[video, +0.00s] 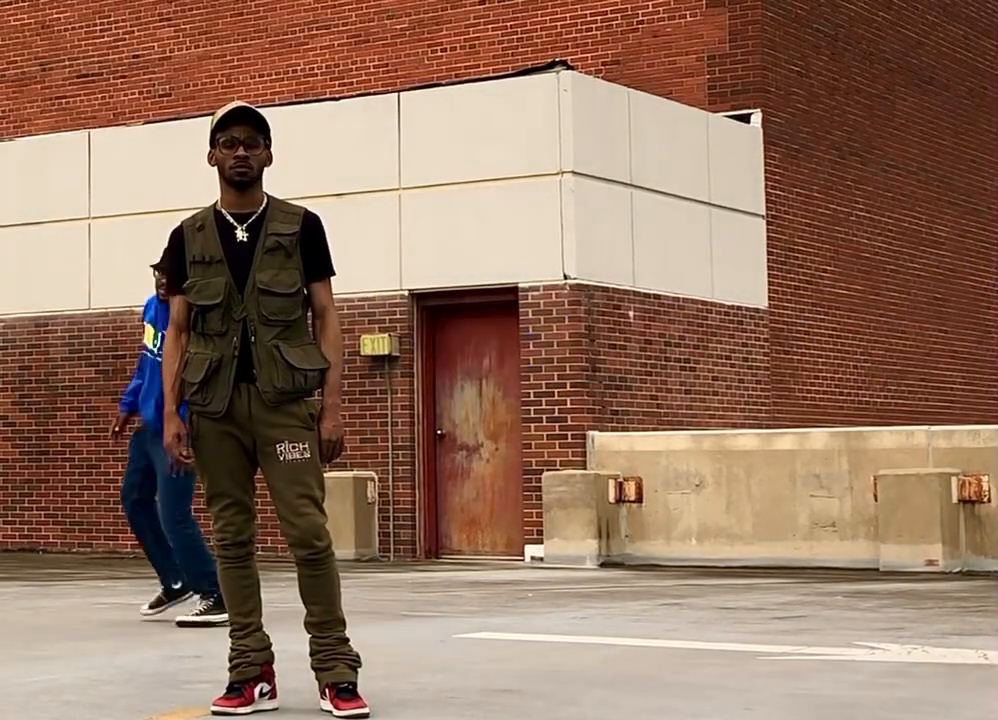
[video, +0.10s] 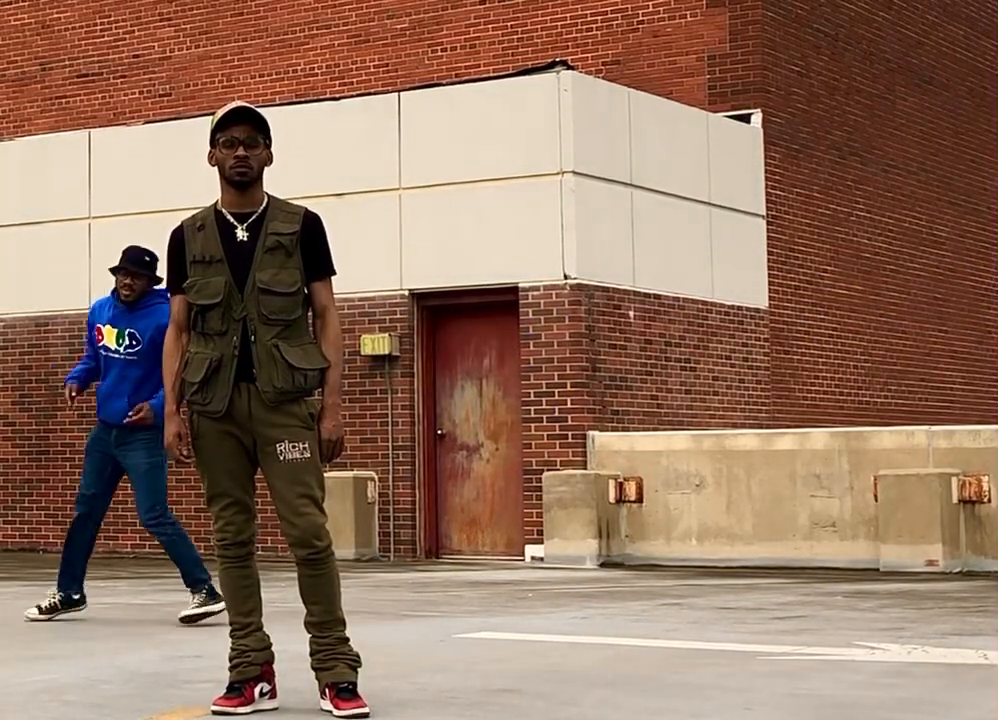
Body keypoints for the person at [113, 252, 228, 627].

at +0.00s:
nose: (162, 279)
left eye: (168, 273)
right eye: (158, 271)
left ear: (183, 278)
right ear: (155, 274)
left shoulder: (193, 316)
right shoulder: (154, 307)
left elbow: (195, 372)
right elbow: (149, 362)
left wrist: (181, 419)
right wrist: (128, 404)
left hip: (176, 426)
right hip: (149, 423)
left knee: (174, 515)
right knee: (134, 501)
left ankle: (215, 594)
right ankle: (175, 582)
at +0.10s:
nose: (127, 283)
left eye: (136, 278)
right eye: (123, 275)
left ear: (151, 281)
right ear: (115, 275)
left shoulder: (166, 314)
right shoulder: (100, 310)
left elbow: (184, 370)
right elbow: (93, 359)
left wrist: (157, 406)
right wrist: (76, 379)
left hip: (144, 434)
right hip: (105, 433)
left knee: (154, 516)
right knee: (87, 511)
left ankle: (205, 590)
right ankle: (70, 592)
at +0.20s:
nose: (95, 298)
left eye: (103, 293)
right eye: (90, 290)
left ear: (114, 298)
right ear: (79, 293)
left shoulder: (132, 337)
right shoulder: (59, 333)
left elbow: (162, 390)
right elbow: (31, 375)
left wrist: (135, 392)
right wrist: (31, 383)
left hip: (106, 452)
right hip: (63, 447)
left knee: (115, 526)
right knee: (40, 519)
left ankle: (173, 584)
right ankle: (50, 601)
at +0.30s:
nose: (82, 296)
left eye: (89, 290)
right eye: (75, 289)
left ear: (98, 294)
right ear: (63, 292)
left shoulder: (116, 333)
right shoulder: (41, 331)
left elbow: (128, 385)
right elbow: (16, 374)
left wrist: (119, 397)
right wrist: (13, 388)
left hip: (91, 448)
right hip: (46, 446)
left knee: (91, 522)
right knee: (29, 523)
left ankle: (130, 580)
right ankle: (50, 601)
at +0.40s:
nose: (71, 275)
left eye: (77, 269)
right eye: (63, 269)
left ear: (85, 273)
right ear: (49, 273)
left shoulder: (101, 314)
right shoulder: (23, 311)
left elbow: (109, 364)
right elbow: (3, 357)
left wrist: (94, 390)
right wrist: (13, 377)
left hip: (79, 428)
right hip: (32, 427)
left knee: (82, 507)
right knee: (28, 511)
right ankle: (43, 591)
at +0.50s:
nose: (68, 271)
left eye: (71, 264)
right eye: (59, 266)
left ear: (75, 266)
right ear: (40, 268)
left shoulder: (85, 305)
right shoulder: (12, 302)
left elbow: (96, 354)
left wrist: (81, 375)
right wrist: (17, 368)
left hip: (62, 419)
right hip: (19, 418)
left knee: (68, 496)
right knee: (14, 504)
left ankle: (42, 563)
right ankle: (6, 583)